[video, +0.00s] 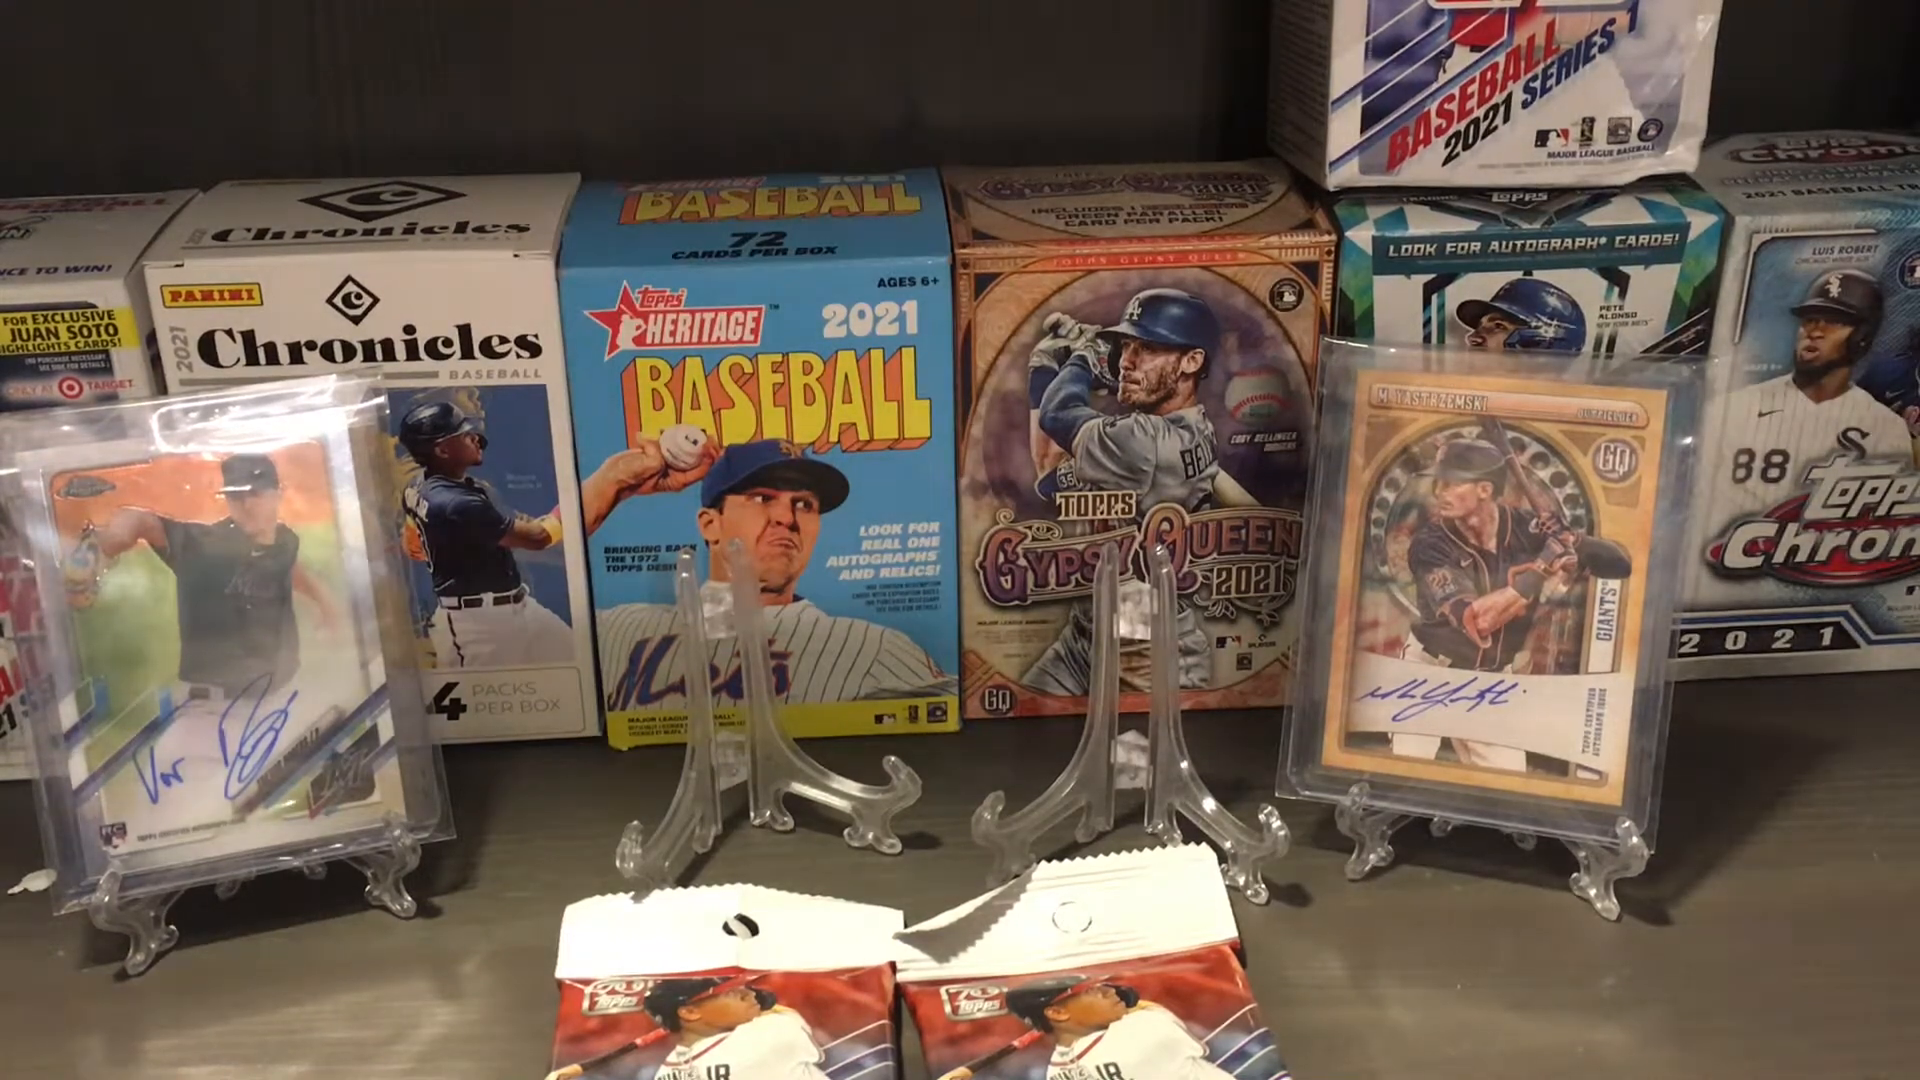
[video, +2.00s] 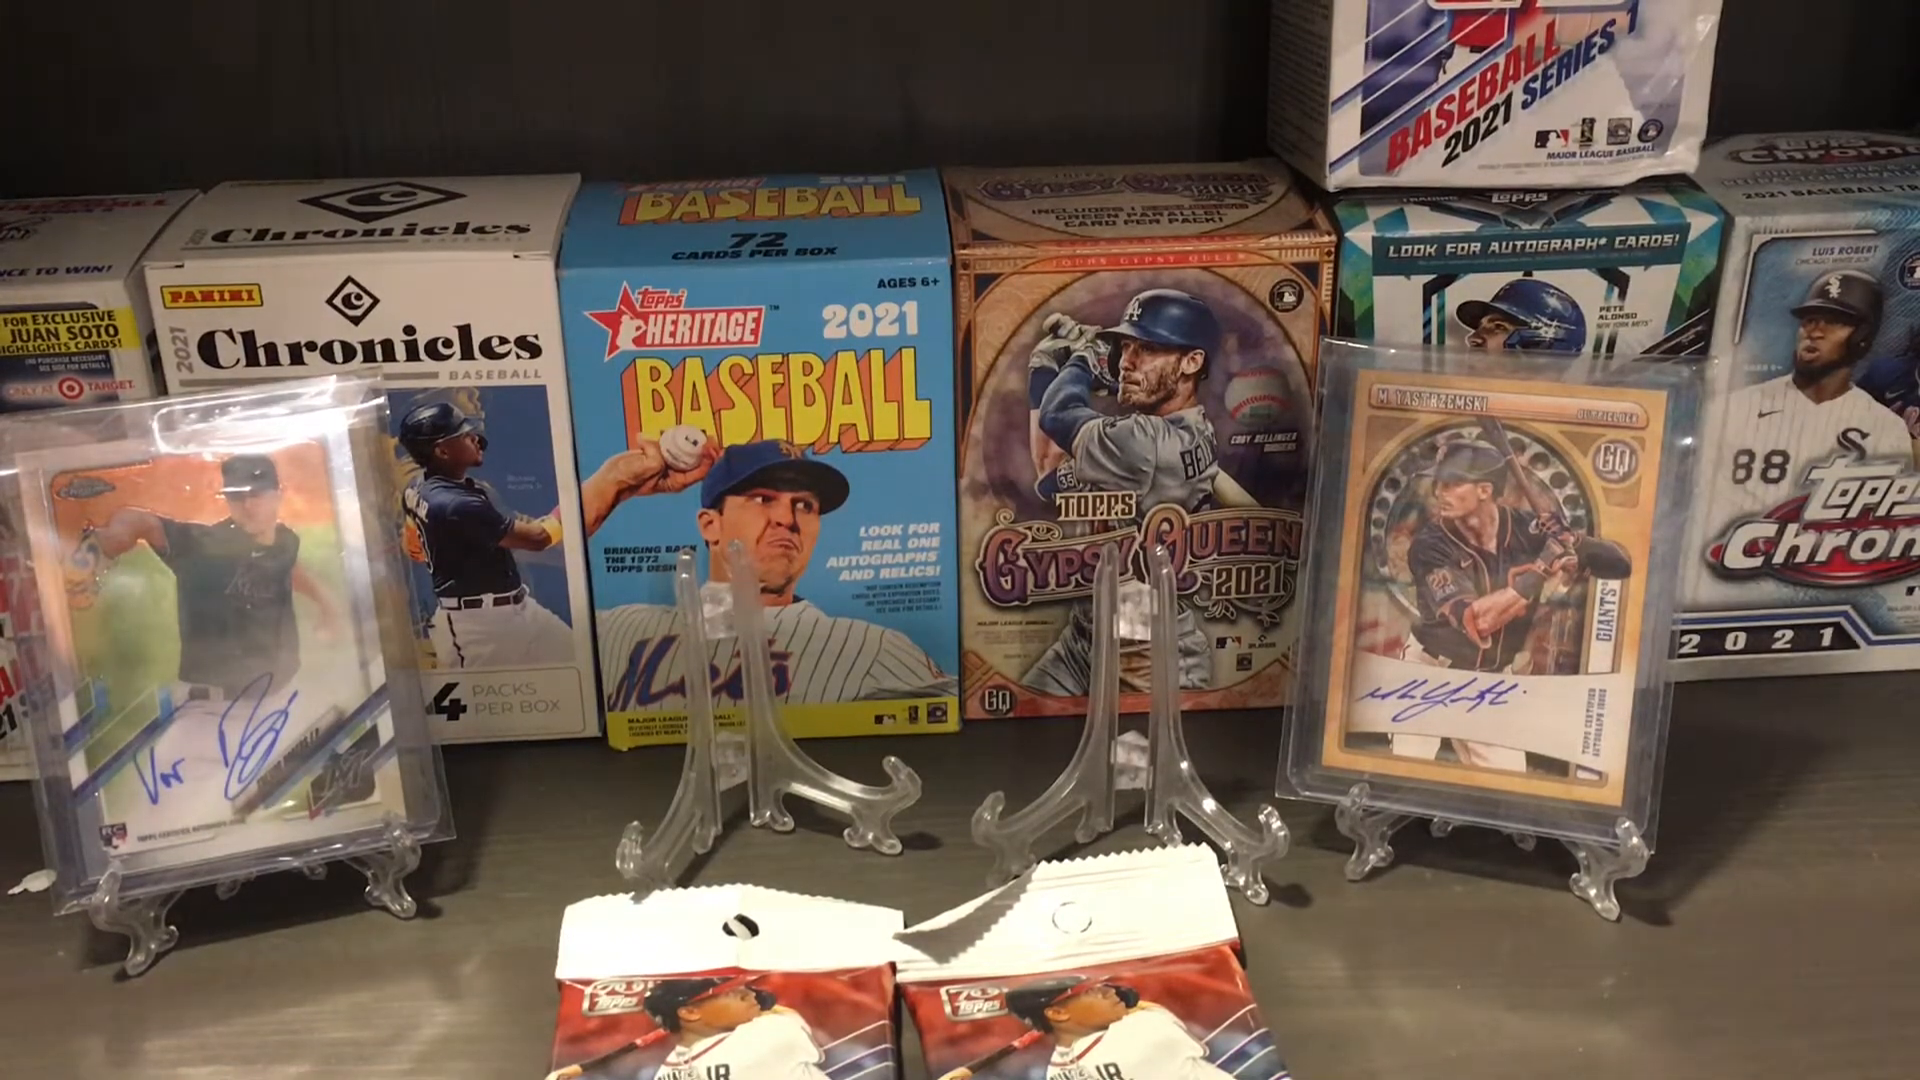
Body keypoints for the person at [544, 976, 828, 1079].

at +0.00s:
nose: (743, 993)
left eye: (733, 987)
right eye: (725, 993)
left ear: (690, 1015)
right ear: (691, 1014)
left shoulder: (667, 1071)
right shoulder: (778, 1034)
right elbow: (780, 1008)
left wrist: (577, 1071)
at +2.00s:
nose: (743, 992)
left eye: (733, 986)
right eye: (726, 992)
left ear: (690, 1015)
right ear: (692, 1014)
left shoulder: (666, 1071)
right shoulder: (779, 1033)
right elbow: (780, 1009)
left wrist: (580, 1071)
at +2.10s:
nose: (743, 992)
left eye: (733, 987)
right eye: (726, 993)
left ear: (690, 1015)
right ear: (692, 1014)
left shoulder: (666, 1071)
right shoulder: (778, 1033)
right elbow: (780, 1008)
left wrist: (579, 1071)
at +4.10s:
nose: (746, 993)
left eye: (738, 986)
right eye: (729, 993)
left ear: (690, 1015)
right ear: (692, 1014)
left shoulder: (666, 1071)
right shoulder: (779, 1033)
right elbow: (779, 1008)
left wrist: (579, 1071)